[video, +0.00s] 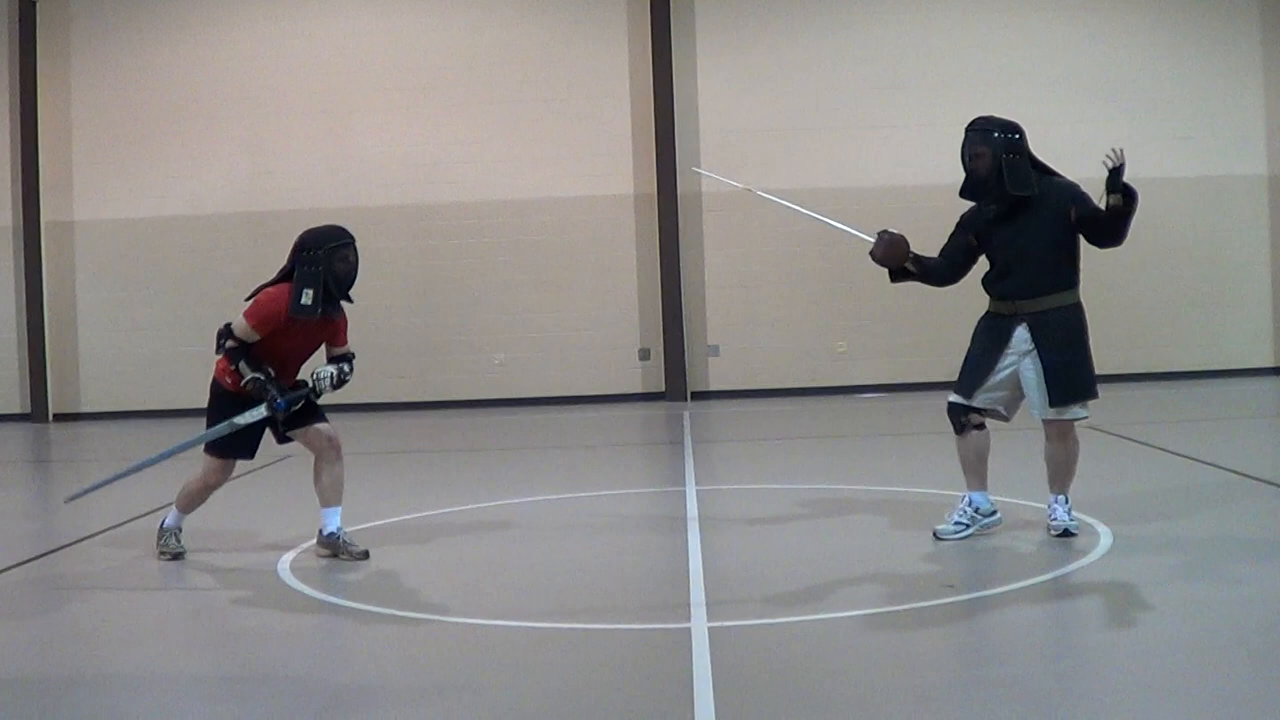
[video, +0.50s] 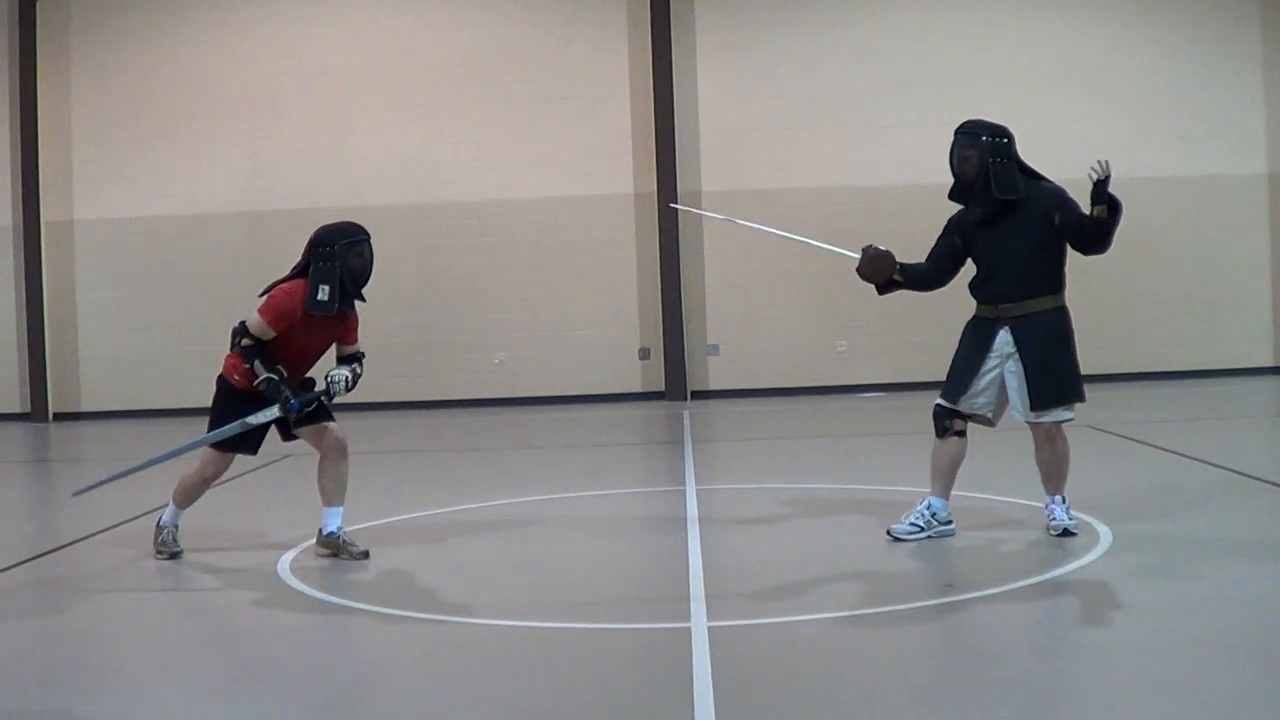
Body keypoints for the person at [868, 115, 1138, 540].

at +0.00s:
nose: (970, 165)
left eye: (977, 156)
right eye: (967, 157)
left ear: (1006, 155)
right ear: (969, 159)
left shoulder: (1060, 195)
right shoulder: (979, 216)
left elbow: (1108, 236)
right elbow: (947, 270)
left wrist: (1118, 198)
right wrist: (905, 259)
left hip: (1055, 322)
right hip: (1000, 322)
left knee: (1059, 419)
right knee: (965, 408)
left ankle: (1060, 504)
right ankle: (979, 503)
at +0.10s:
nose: (974, 166)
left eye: (981, 156)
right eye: (971, 157)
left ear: (1009, 155)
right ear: (974, 159)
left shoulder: (1063, 196)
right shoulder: (984, 217)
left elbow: (1111, 238)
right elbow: (954, 271)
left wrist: (1121, 200)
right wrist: (913, 267)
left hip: (1056, 323)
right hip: (1002, 322)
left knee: (1056, 420)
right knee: (958, 404)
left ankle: (1058, 506)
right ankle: (967, 499)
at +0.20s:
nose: (975, 167)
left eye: (983, 157)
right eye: (972, 158)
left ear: (1011, 157)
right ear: (975, 159)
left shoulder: (1063, 197)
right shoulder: (986, 218)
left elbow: (1111, 240)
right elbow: (955, 274)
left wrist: (1121, 199)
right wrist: (912, 269)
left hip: (1056, 323)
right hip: (1002, 322)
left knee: (1055, 420)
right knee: (960, 407)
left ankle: (1058, 506)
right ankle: (950, 503)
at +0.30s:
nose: (972, 167)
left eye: (980, 158)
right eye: (970, 158)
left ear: (1007, 157)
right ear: (970, 159)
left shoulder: (1061, 198)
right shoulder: (982, 218)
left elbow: (1108, 240)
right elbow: (952, 271)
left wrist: (1119, 200)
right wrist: (907, 270)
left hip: (1053, 324)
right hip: (999, 324)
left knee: (1053, 421)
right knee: (960, 409)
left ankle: (1058, 504)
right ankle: (942, 506)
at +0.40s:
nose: (966, 167)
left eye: (974, 158)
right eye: (964, 158)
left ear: (1001, 158)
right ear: (966, 160)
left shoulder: (1056, 199)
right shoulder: (975, 219)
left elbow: (1101, 241)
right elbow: (942, 270)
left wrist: (1112, 206)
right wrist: (897, 271)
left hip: (1048, 324)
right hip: (994, 325)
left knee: (1050, 421)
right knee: (959, 414)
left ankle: (1057, 505)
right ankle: (938, 509)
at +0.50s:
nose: (958, 168)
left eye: (966, 159)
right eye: (956, 159)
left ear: (993, 158)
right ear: (958, 160)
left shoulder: (1046, 199)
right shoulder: (967, 220)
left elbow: (1092, 243)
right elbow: (936, 272)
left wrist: (1102, 207)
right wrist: (891, 272)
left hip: (1041, 324)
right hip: (986, 325)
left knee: (1045, 420)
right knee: (950, 413)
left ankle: (1056, 505)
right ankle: (936, 510)